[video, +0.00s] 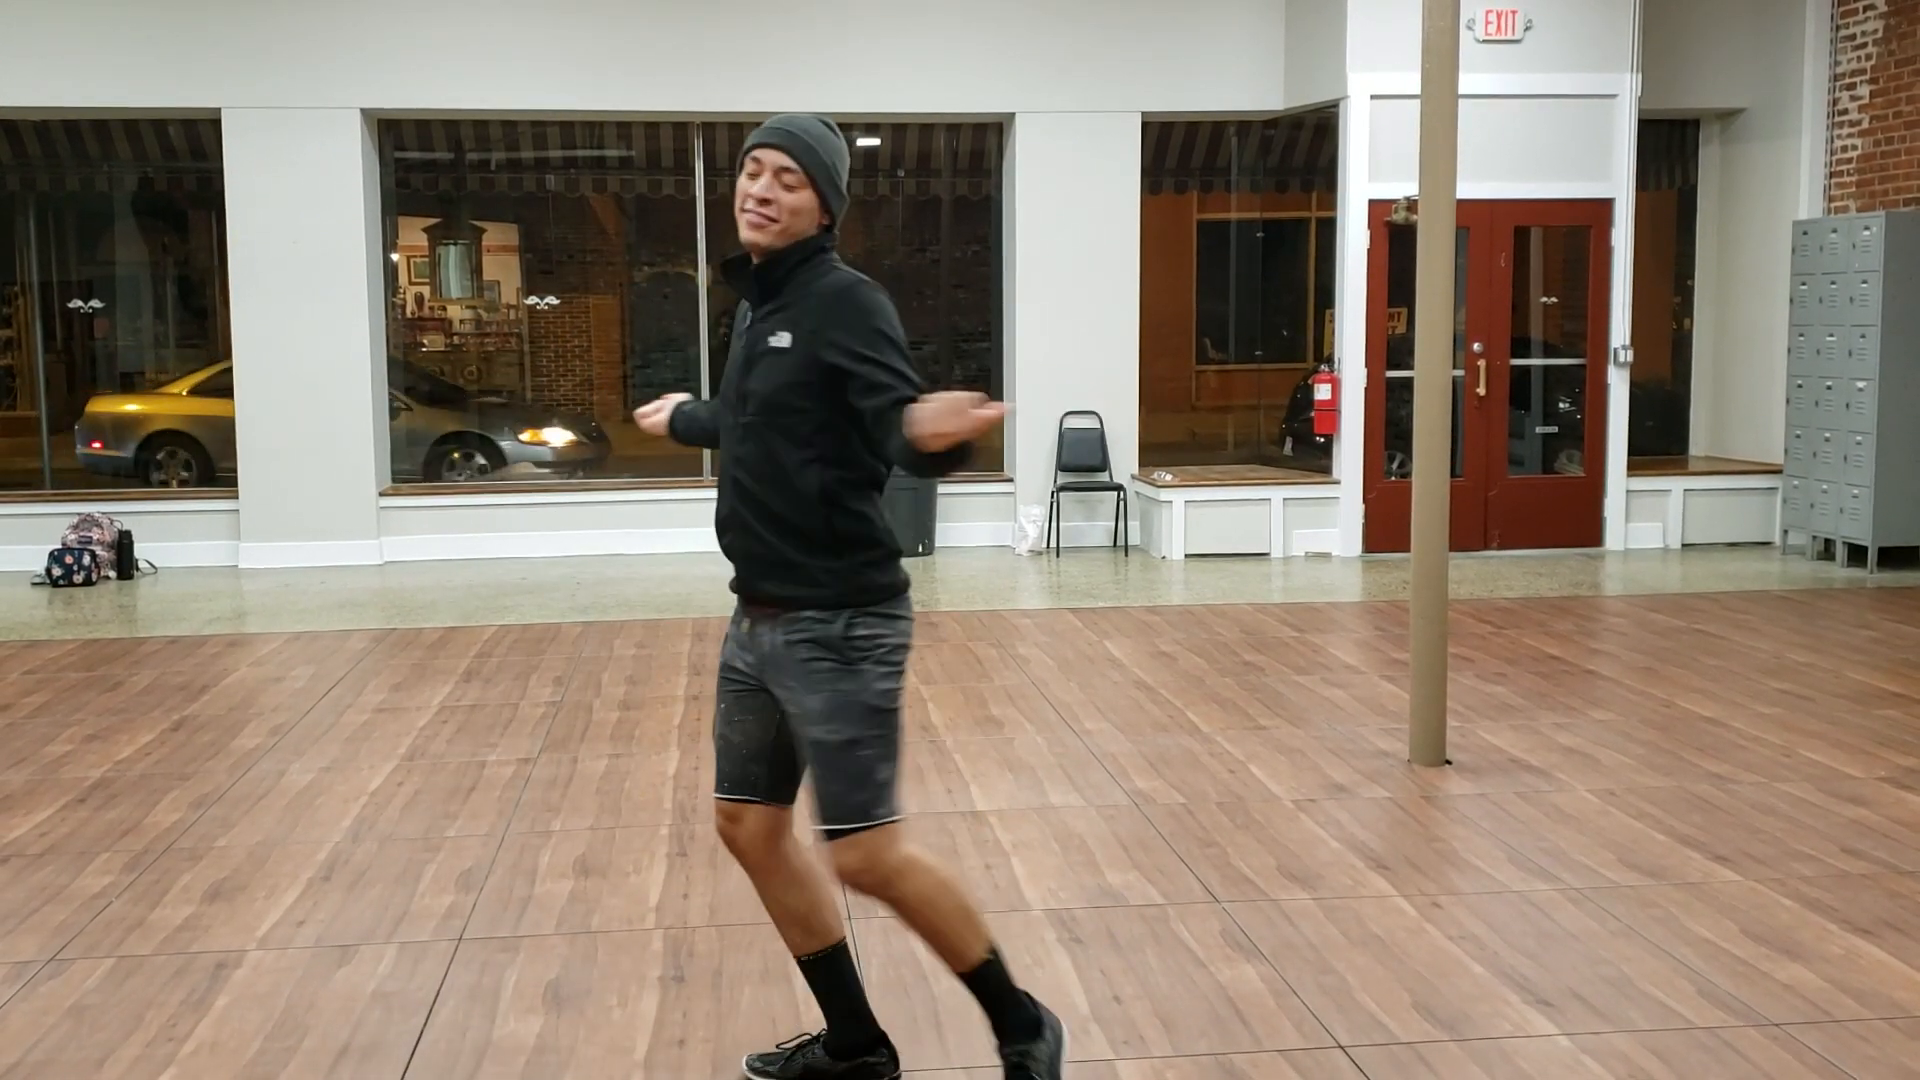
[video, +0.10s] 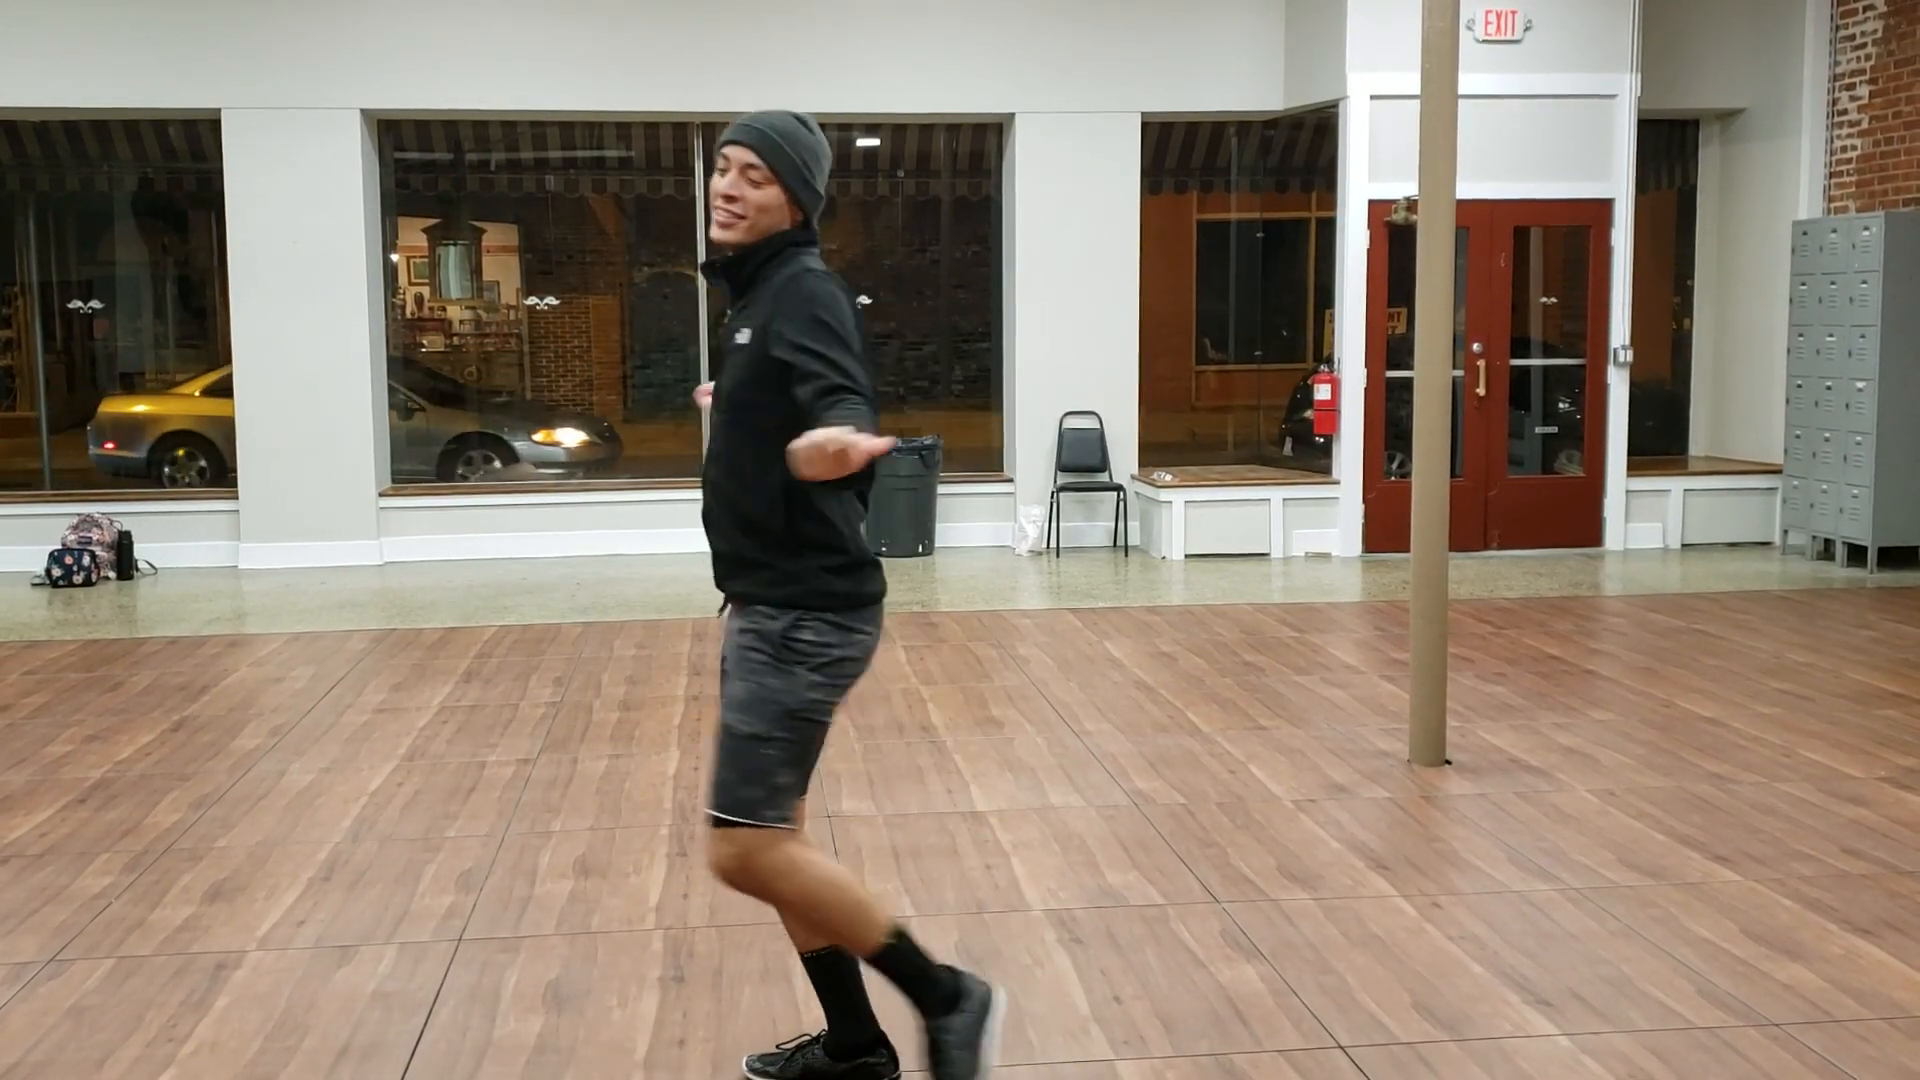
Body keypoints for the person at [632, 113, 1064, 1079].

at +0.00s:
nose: (759, 191)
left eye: (786, 181)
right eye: (752, 173)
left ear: (826, 206)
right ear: (736, 189)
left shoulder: (849, 301)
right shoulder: (757, 307)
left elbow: (896, 429)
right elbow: (755, 428)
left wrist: (925, 426)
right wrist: (681, 415)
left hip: (846, 622)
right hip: (762, 615)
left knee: (865, 850)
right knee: (748, 824)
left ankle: (1020, 1022)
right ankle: (854, 1040)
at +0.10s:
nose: (727, 189)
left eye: (753, 178)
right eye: (722, 171)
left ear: (796, 202)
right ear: (712, 184)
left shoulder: (806, 294)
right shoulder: (756, 291)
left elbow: (841, 417)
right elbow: (774, 400)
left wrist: (827, 448)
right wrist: (728, 399)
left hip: (808, 609)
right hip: (769, 601)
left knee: (744, 848)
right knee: (770, 835)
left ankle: (950, 997)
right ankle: (852, 1039)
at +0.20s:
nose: (686, 179)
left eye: (711, 166)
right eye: (687, 161)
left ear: (763, 189)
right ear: (707, 179)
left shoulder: (753, 282)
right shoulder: (782, 279)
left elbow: (788, 415)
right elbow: (817, 424)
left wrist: (726, 446)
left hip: (769, 599)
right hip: (816, 589)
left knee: (657, 823)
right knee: (777, 812)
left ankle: (832, 1025)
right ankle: (845, 1024)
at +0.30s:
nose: (650, 177)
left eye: (673, 163)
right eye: (654, 159)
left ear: (727, 183)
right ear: (742, 190)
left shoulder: (712, 288)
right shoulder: (802, 285)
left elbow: (710, 441)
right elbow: (853, 402)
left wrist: (604, 462)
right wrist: (874, 389)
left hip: (725, 608)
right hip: (817, 599)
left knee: (634, 821)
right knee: (769, 803)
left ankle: (676, 1071)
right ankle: (850, 1039)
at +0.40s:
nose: (623, 184)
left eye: (640, 170)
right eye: (629, 168)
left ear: (691, 191)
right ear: (718, 194)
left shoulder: (667, 300)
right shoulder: (808, 302)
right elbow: (881, 417)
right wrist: (924, 406)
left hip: (691, 624)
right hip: (800, 620)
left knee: (622, 844)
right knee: (745, 810)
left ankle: (632, 1074)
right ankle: (819, 1044)